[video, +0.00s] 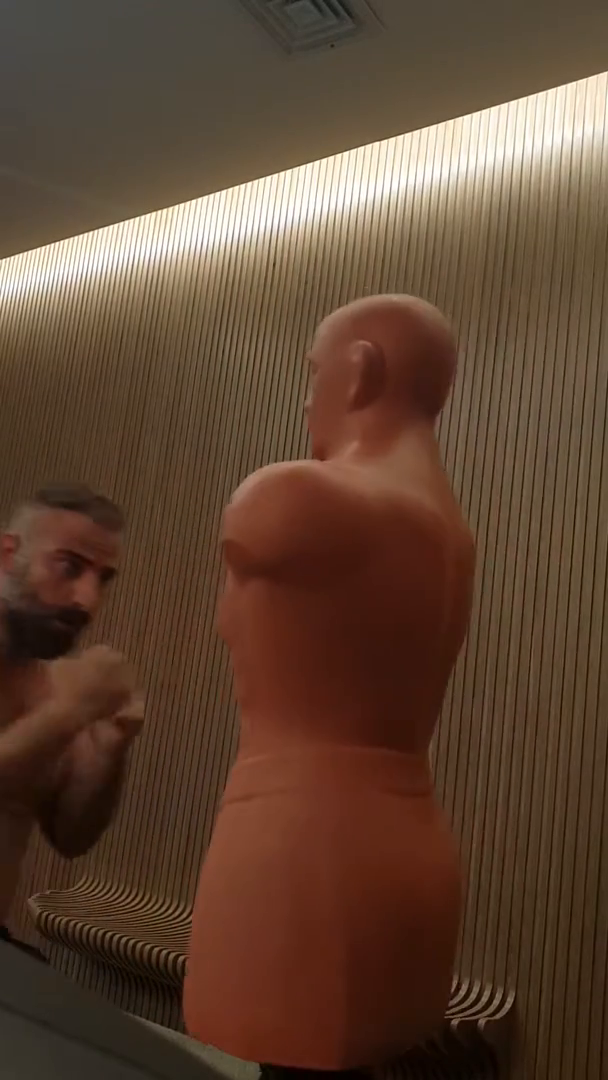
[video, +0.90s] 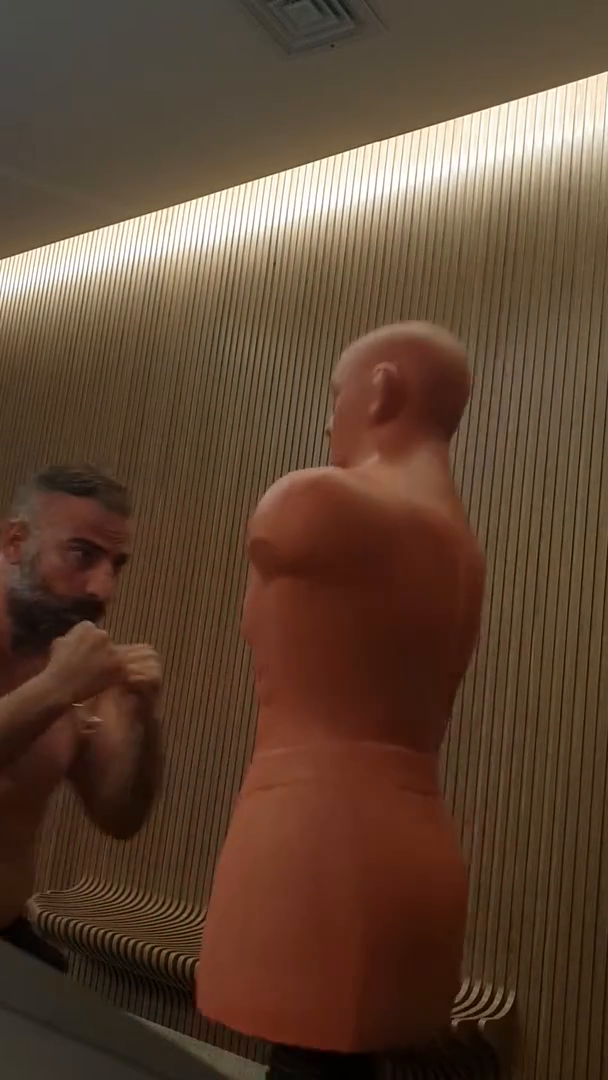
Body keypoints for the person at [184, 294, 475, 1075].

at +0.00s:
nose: (308, 401)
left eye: (315, 372)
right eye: (310, 374)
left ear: (360, 374)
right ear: (437, 398)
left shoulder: (287, 501)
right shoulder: (451, 535)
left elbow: (233, 625)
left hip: (297, 858)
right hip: (408, 845)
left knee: (261, 1062)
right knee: (368, 1060)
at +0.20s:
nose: (349, 390)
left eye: (359, 364)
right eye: (353, 366)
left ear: (410, 367)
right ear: (473, 391)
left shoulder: (327, 502)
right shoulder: (484, 536)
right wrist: (283, 610)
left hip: (318, 868)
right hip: (428, 856)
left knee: (274, 1065)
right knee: (390, 1064)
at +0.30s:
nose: (385, 394)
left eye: (395, 371)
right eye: (389, 372)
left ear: (442, 375)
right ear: (512, 402)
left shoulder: (358, 504)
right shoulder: (513, 547)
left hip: (336, 868)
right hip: (444, 859)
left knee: (282, 1063)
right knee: (403, 1064)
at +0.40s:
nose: (390, 404)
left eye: (400, 380)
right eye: (393, 381)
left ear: (447, 384)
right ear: (516, 410)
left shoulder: (364, 505)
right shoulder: (515, 549)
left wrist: (406, 472)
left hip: (343, 858)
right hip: (446, 852)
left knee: (313, 1063)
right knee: (400, 1065)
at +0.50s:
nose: (399, 387)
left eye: (413, 361)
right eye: (406, 362)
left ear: (464, 368)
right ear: (530, 391)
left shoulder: (367, 506)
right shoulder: (524, 543)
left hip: (338, 880)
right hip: (447, 869)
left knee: (288, 1066)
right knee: (397, 1067)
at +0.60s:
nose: (393, 360)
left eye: (410, 331)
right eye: (401, 334)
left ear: (470, 339)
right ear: (544, 363)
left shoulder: (360, 512)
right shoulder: (541, 537)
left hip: (334, 900)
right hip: (451, 888)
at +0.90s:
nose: (330, 420)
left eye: (337, 396)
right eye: (331, 399)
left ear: (382, 392)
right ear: (450, 416)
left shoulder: (308, 505)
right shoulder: (464, 547)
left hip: (309, 848)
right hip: (417, 837)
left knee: (291, 1061)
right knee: (381, 1061)